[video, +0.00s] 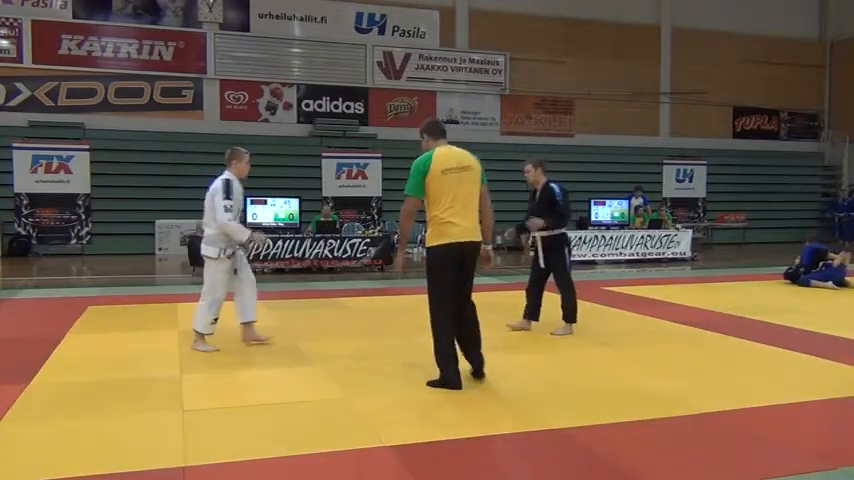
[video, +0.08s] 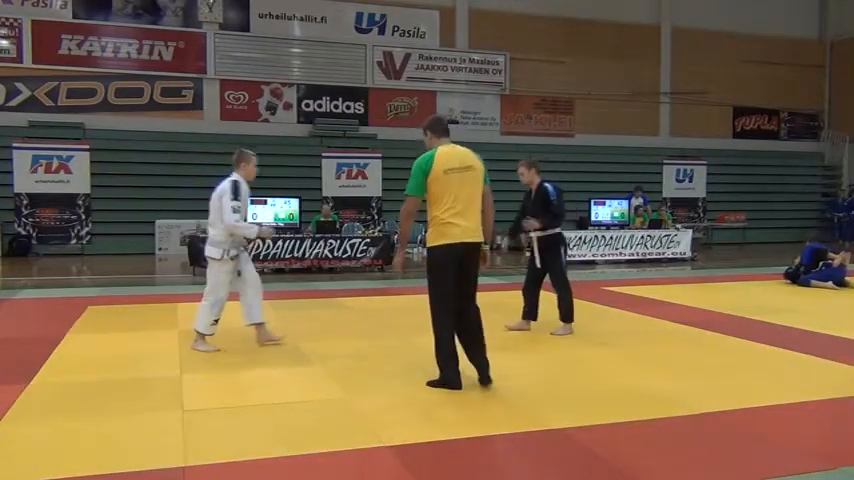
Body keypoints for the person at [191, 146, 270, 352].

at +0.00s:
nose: (249, 168)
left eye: (249, 163)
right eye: (247, 163)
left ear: (235, 164)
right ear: (235, 164)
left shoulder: (233, 185)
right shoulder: (224, 184)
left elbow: (230, 221)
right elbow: (224, 221)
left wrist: (248, 236)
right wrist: (249, 236)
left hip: (232, 247)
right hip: (217, 248)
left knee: (247, 284)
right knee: (213, 292)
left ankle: (248, 330)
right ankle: (199, 338)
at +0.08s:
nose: (256, 170)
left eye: (256, 166)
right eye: (254, 166)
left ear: (242, 166)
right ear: (243, 165)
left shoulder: (238, 186)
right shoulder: (232, 186)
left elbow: (233, 222)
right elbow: (231, 223)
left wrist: (256, 230)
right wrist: (259, 231)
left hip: (236, 249)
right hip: (221, 250)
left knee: (252, 284)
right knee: (216, 292)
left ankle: (261, 331)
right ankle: (199, 338)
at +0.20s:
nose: (270, 174)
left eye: (270, 170)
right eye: (268, 170)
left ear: (256, 170)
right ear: (257, 170)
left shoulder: (250, 189)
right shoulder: (247, 189)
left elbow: (241, 225)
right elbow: (244, 226)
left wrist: (266, 231)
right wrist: (269, 232)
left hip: (245, 252)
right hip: (230, 252)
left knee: (261, 286)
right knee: (223, 293)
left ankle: (271, 334)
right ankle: (200, 338)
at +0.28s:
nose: (281, 175)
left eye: (281, 171)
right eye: (279, 171)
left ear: (267, 171)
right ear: (268, 171)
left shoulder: (263, 191)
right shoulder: (258, 189)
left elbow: (252, 224)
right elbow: (252, 224)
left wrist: (267, 237)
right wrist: (277, 232)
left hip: (254, 253)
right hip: (238, 253)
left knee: (267, 290)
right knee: (230, 295)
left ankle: (273, 335)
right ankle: (202, 336)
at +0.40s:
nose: (295, 175)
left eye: (295, 171)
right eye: (293, 170)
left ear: (281, 169)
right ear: (282, 169)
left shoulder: (273, 187)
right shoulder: (273, 186)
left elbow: (266, 222)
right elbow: (269, 220)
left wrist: (288, 231)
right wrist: (291, 229)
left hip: (261, 248)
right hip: (250, 249)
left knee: (272, 289)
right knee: (254, 292)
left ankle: (273, 335)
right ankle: (220, 324)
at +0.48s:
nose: (302, 173)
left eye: (302, 169)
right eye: (301, 168)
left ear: (289, 167)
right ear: (292, 167)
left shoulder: (285, 186)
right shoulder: (278, 183)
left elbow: (281, 219)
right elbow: (279, 217)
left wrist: (304, 229)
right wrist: (304, 228)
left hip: (267, 246)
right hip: (255, 245)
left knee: (273, 289)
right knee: (265, 290)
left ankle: (273, 335)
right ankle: (242, 329)